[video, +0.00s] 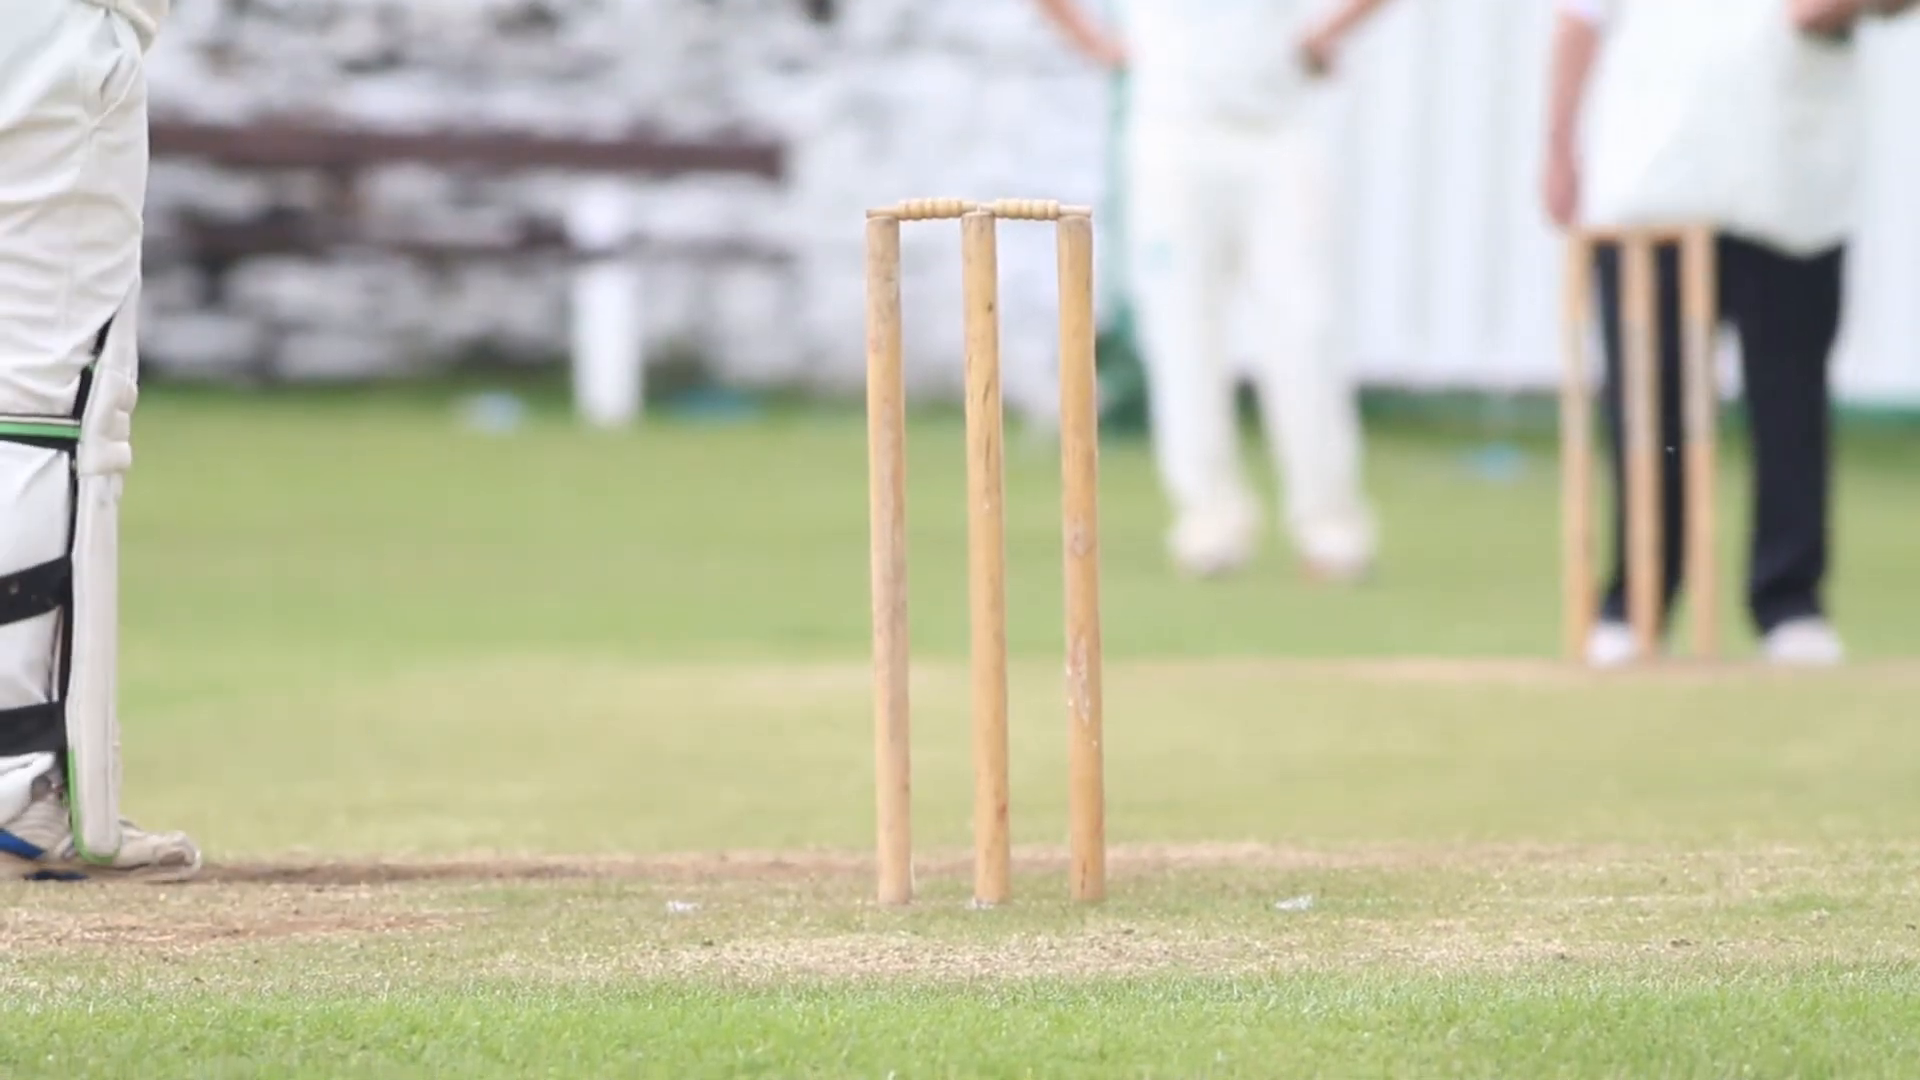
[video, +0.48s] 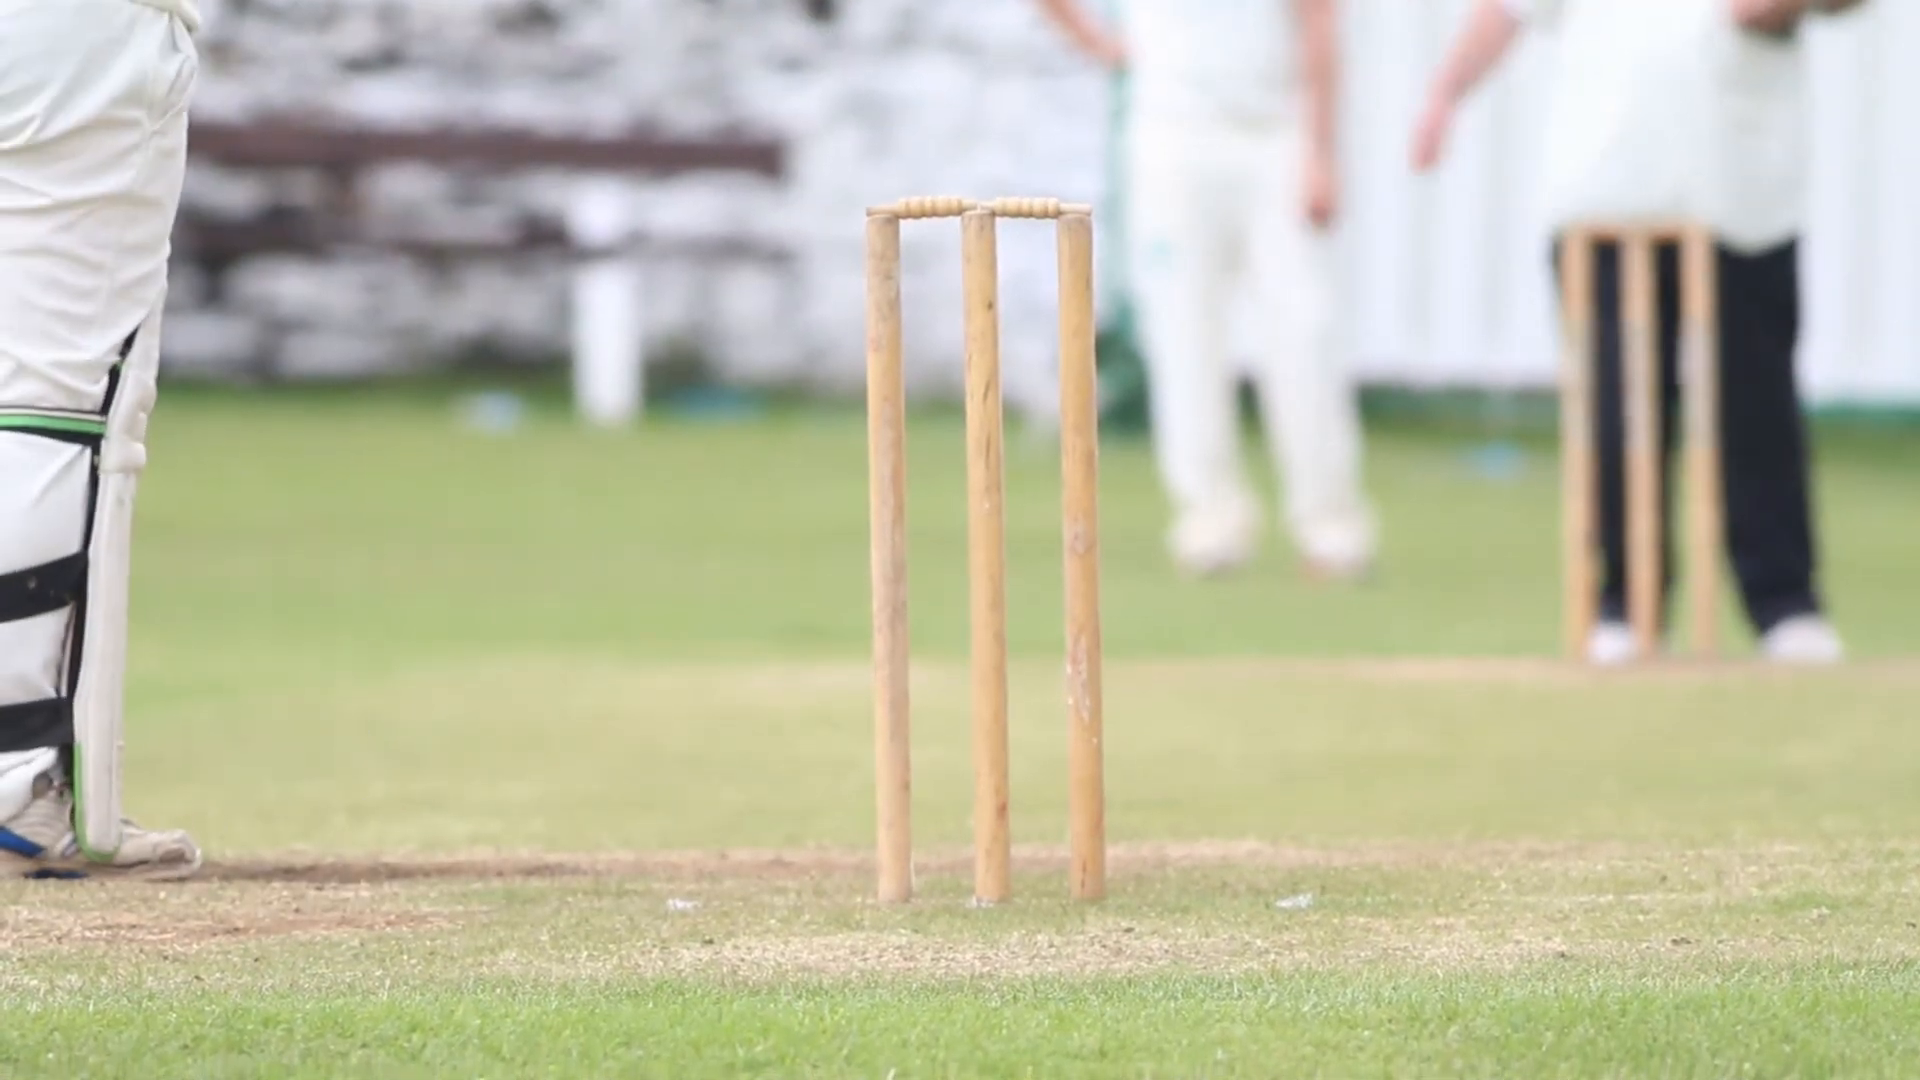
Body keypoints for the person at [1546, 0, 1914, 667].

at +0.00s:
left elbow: (1900, 3)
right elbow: (1582, 15)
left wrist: (1852, 9)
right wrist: (1561, 151)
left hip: (1798, 180)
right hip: (1649, 170)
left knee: (1790, 414)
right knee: (1645, 412)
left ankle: (1792, 610)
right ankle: (1631, 610)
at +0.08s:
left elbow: (1892, 3)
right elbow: (1571, 16)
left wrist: (1840, 10)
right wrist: (1550, 153)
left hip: (1788, 174)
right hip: (1640, 168)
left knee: (1785, 409)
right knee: (1637, 410)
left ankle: (1791, 610)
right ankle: (1630, 610)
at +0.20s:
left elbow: (1879, 3)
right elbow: (1559, 17)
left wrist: (1827, 9)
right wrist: (1539, 151)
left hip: (1773, 170)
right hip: (1630, 164)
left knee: (1776, 406)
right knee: (1630, 406)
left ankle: (1790, 610)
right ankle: (1627, 612)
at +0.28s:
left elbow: (1868, 3)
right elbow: (1552, 13)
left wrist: (1816, 9)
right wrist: (1522, 139)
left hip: (1764, 175)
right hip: (1623, 170)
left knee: (1769, 409)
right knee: (1628, 411)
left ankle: (1788, 609)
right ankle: (1624, 612)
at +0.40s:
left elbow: (1856, 5)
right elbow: (1531, 8)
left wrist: (1800, 10)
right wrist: (1482, 115)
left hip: (1750, 179)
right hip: (1612, 175)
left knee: (1761, 412)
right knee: (1622, 413)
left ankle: (1789, 611)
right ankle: (1620, 612)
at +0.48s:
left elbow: (1847, 3)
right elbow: (1508, 7)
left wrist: (1791, 9)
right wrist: (1443, 94)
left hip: (1745, 183)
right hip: (1605, 179)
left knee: (1759, 408)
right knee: (1620, 412)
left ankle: (1788, 609)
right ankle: (1621, 613)